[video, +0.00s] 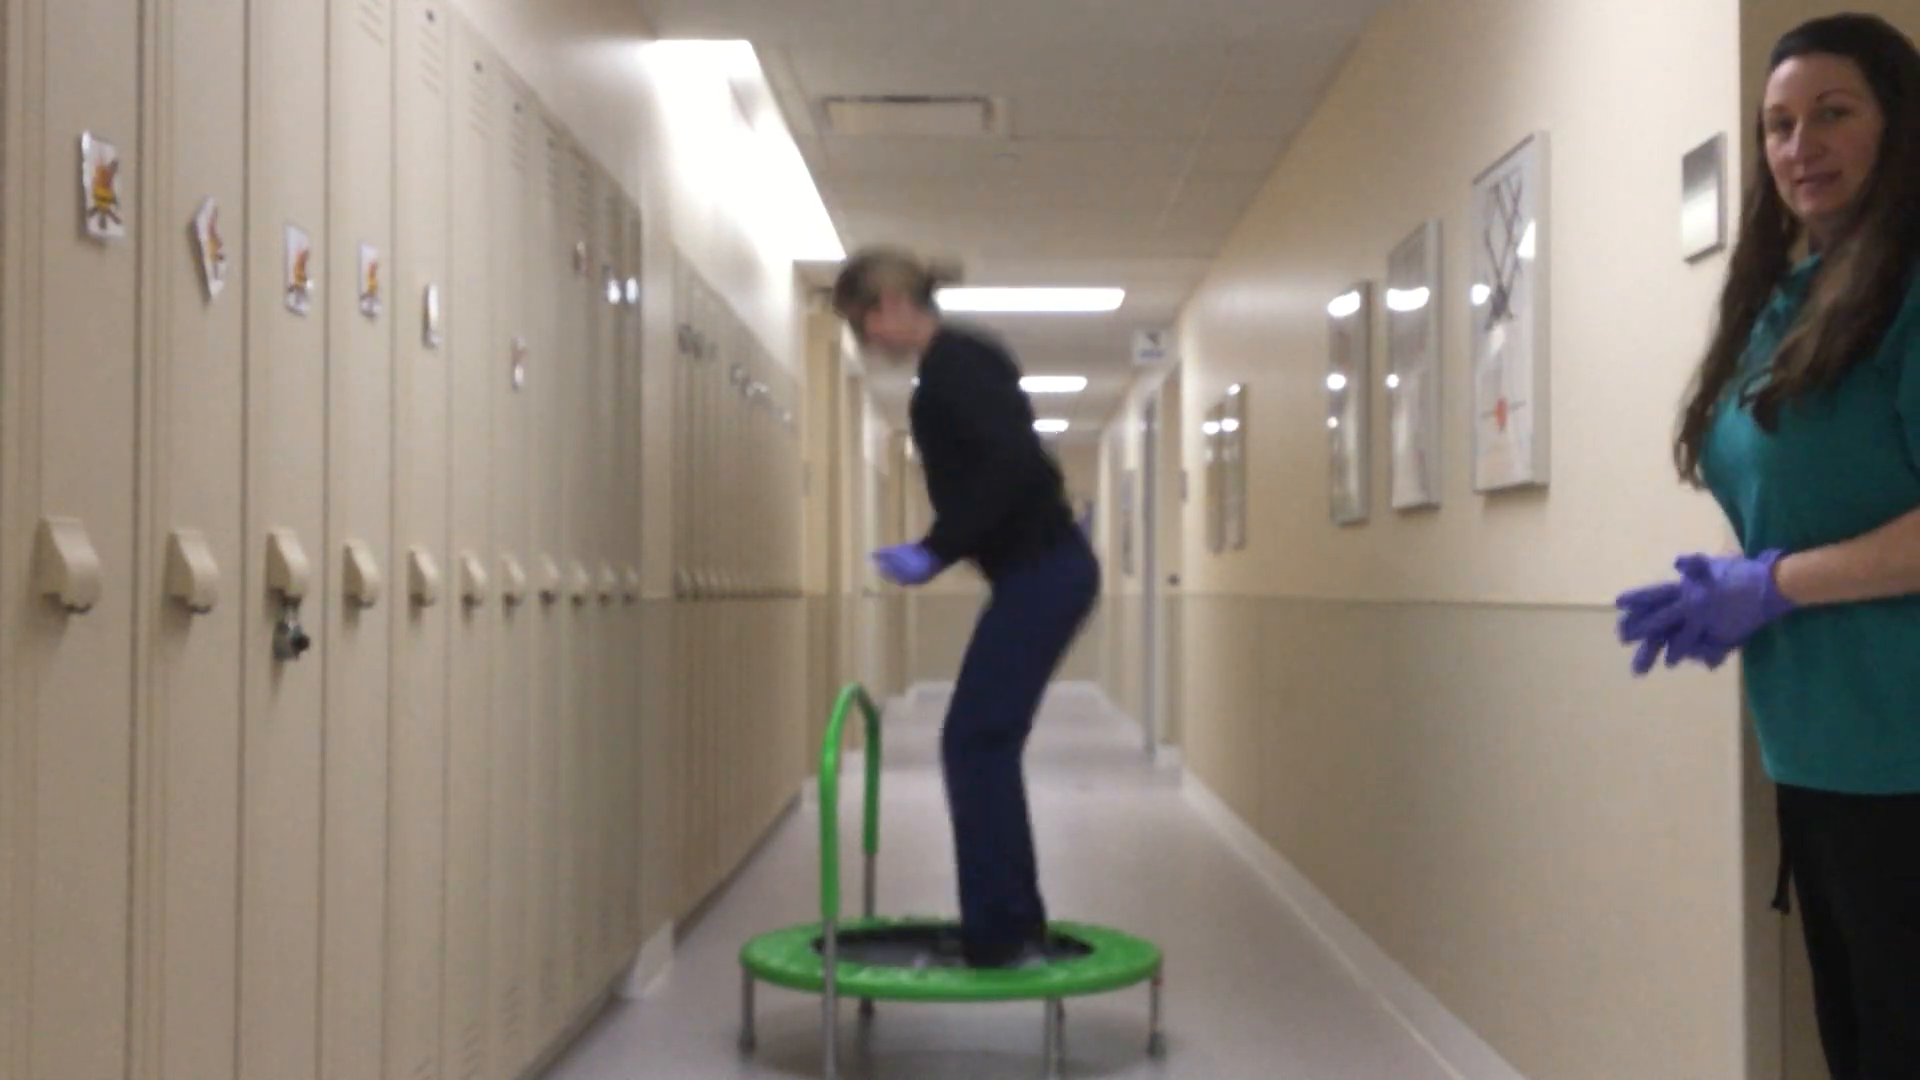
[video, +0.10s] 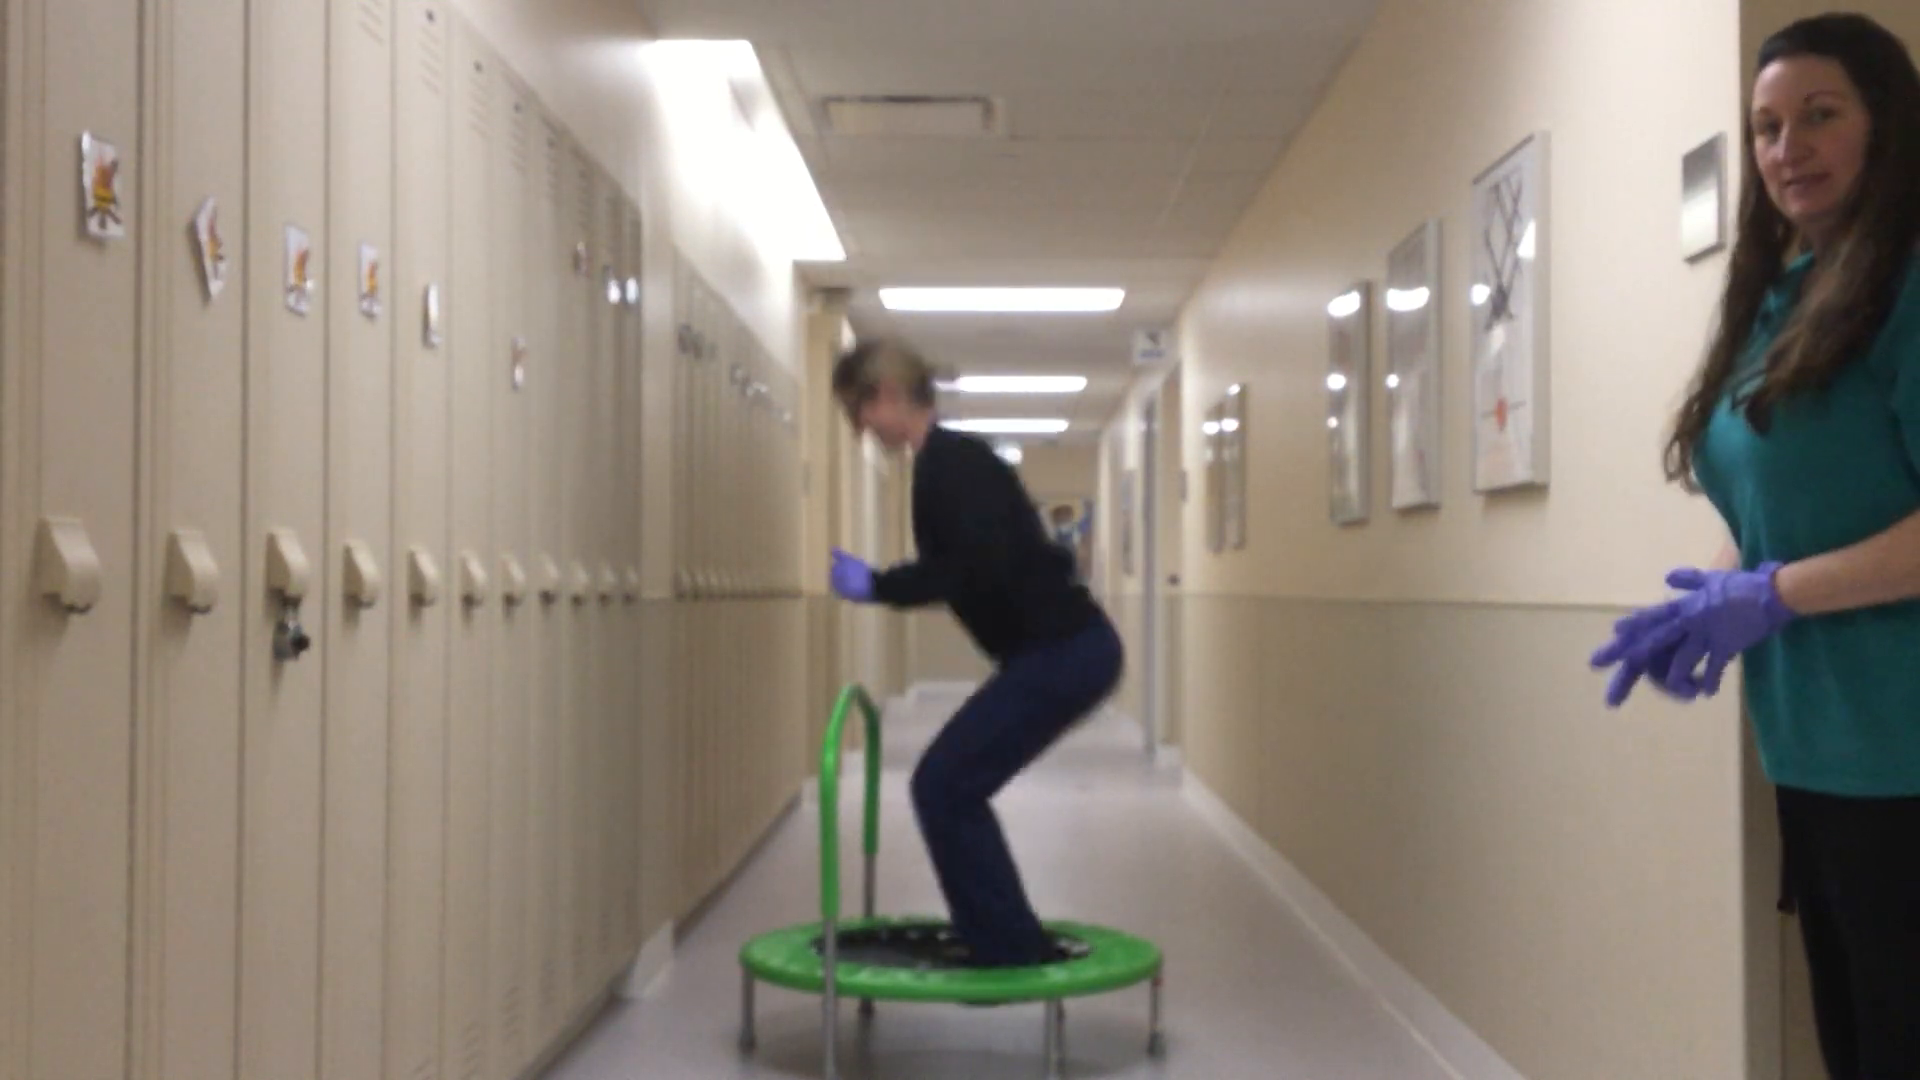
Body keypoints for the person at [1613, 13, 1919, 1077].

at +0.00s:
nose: (1799, 146)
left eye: (1830, 115)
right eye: (1779, 124)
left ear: (1894, 127)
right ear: (1761, 146)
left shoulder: (1907, 284)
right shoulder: (1771, 296)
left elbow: (1919, 525)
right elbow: (1796, 515)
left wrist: (1776, 583)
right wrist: (1730, 585)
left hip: (1899, 751)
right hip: (1808, 752)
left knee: (1894, 1039)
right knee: (1850, 1039)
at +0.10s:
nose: (1786, 149)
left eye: (1817, 116)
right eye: (1767, 127)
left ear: (1884, 126)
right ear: (1750, 147)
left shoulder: (1907, 281)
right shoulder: (1769, 296)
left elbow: (1919, 524)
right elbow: (1786, 520)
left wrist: (1769, 595)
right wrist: (1721, 598)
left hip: (1899, 749)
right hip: (1805, 748)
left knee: (1896, 1040)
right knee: (1846, 1040)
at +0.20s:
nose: (1762, 158)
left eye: (1788, 123)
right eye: (1746, 136)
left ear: (1866, 125)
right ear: (1739, 154)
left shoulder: (1898, 289)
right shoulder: (1765, 300)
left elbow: (1914, 533)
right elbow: (1783, 535)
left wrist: (1773, 598)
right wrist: (1709, 620)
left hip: (1895, 759)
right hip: (1806, 758)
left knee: (1888, 1044)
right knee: (1845, 1043)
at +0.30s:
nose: (1731, 169)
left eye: (1753, 135)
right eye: (1726, 143)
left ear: (1841, 133)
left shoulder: (1899, 300)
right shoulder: (1762, 307)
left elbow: (1915, 541)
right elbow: (1766, 548)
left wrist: (1774, 602)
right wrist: (1674, 677)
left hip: (1896, 777)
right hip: (1804, 774)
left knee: (1889, 1050)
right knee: (1845, 1052)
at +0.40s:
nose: (1719, 173)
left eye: (1736, 146)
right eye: (1717, 148)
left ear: (1821, 146)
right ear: (1775, 154)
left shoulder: (1895, 306)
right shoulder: (1762, 308)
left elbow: (1917, 542)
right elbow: (1757, 543)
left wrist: (1784, 602)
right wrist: (1676, 690)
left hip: (1894, 779)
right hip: (1799, 773)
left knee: (1890, 1048)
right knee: (1842, 1048)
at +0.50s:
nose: (1711, 179)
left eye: (1725, 151)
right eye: (1711, 154)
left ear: (1803, 151)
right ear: (1793, 157)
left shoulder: (1891, 314)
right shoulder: (1765, 334)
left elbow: (1917, 546)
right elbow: (1755, 560)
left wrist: (1794, 609)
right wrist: (1685, 697)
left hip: (1894, 786)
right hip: (1797, 785)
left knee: (1890, 1055)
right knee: (1840, 1057)